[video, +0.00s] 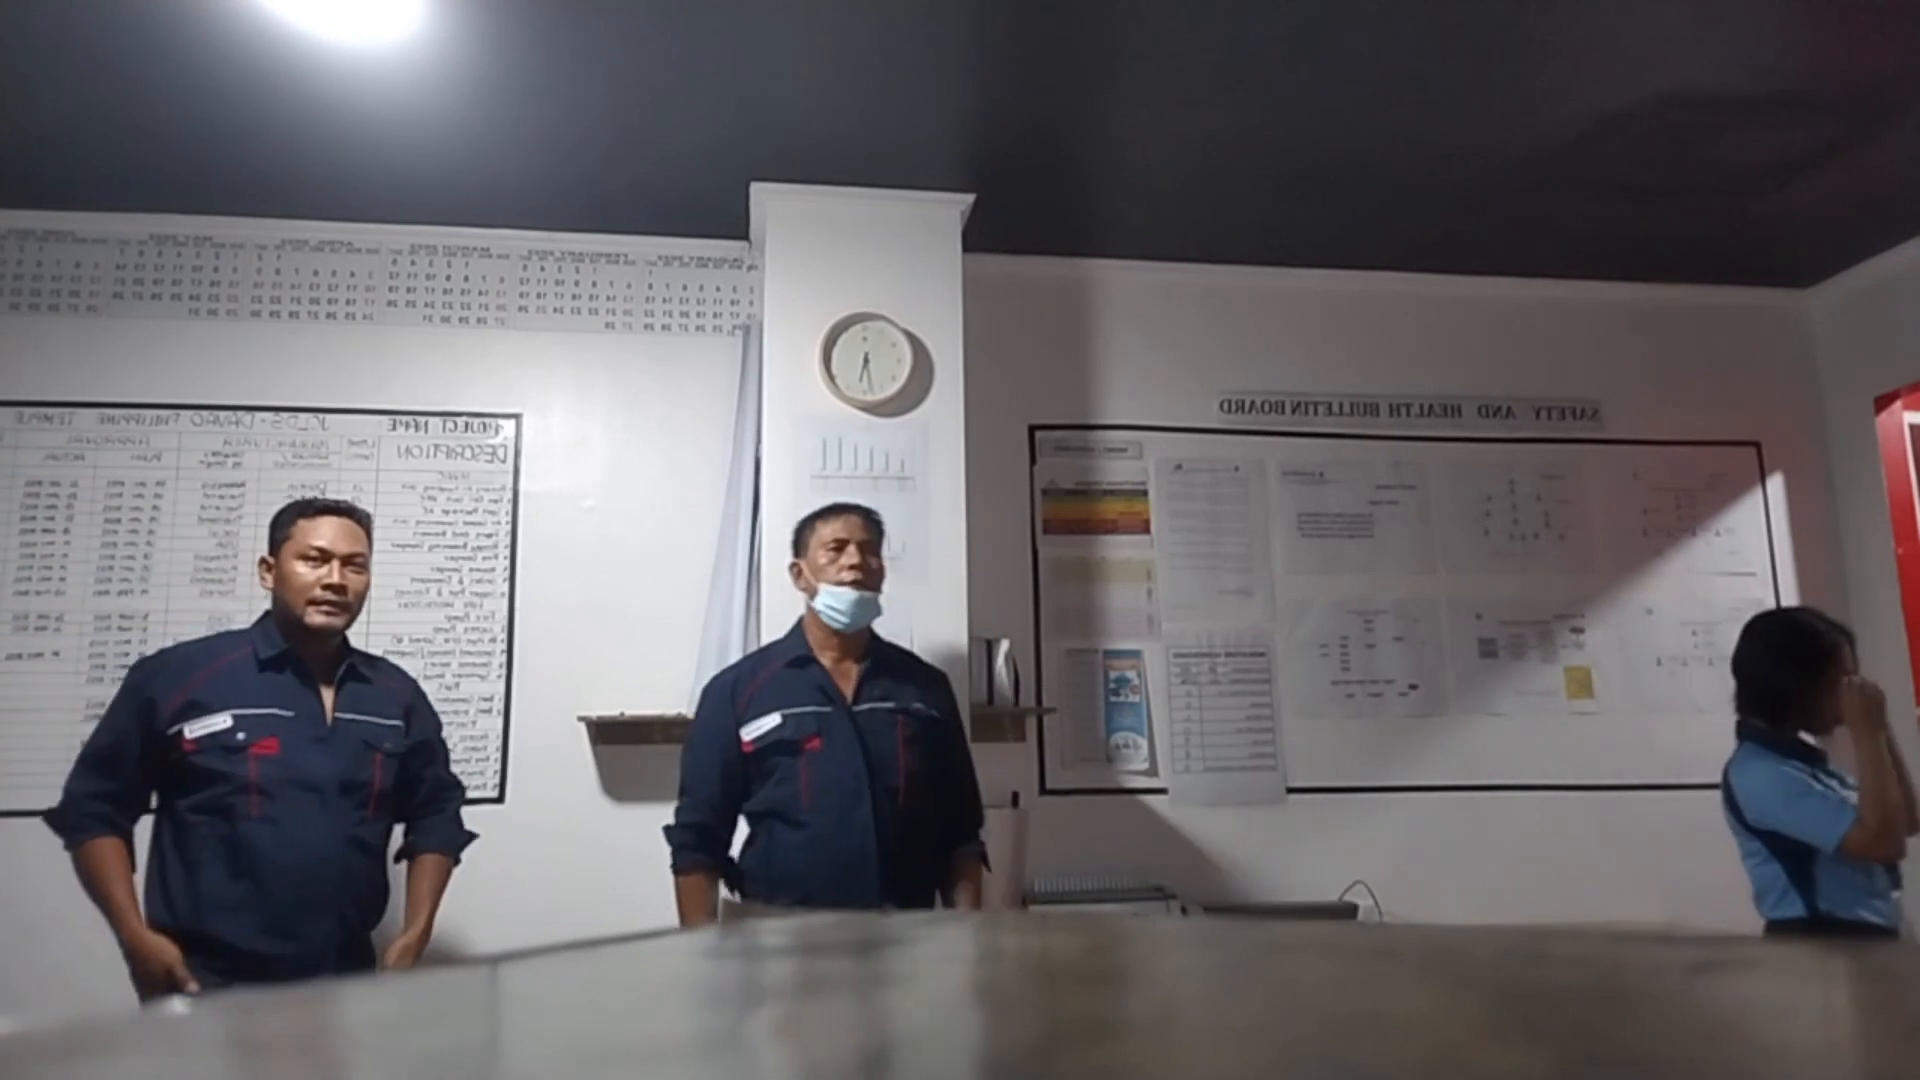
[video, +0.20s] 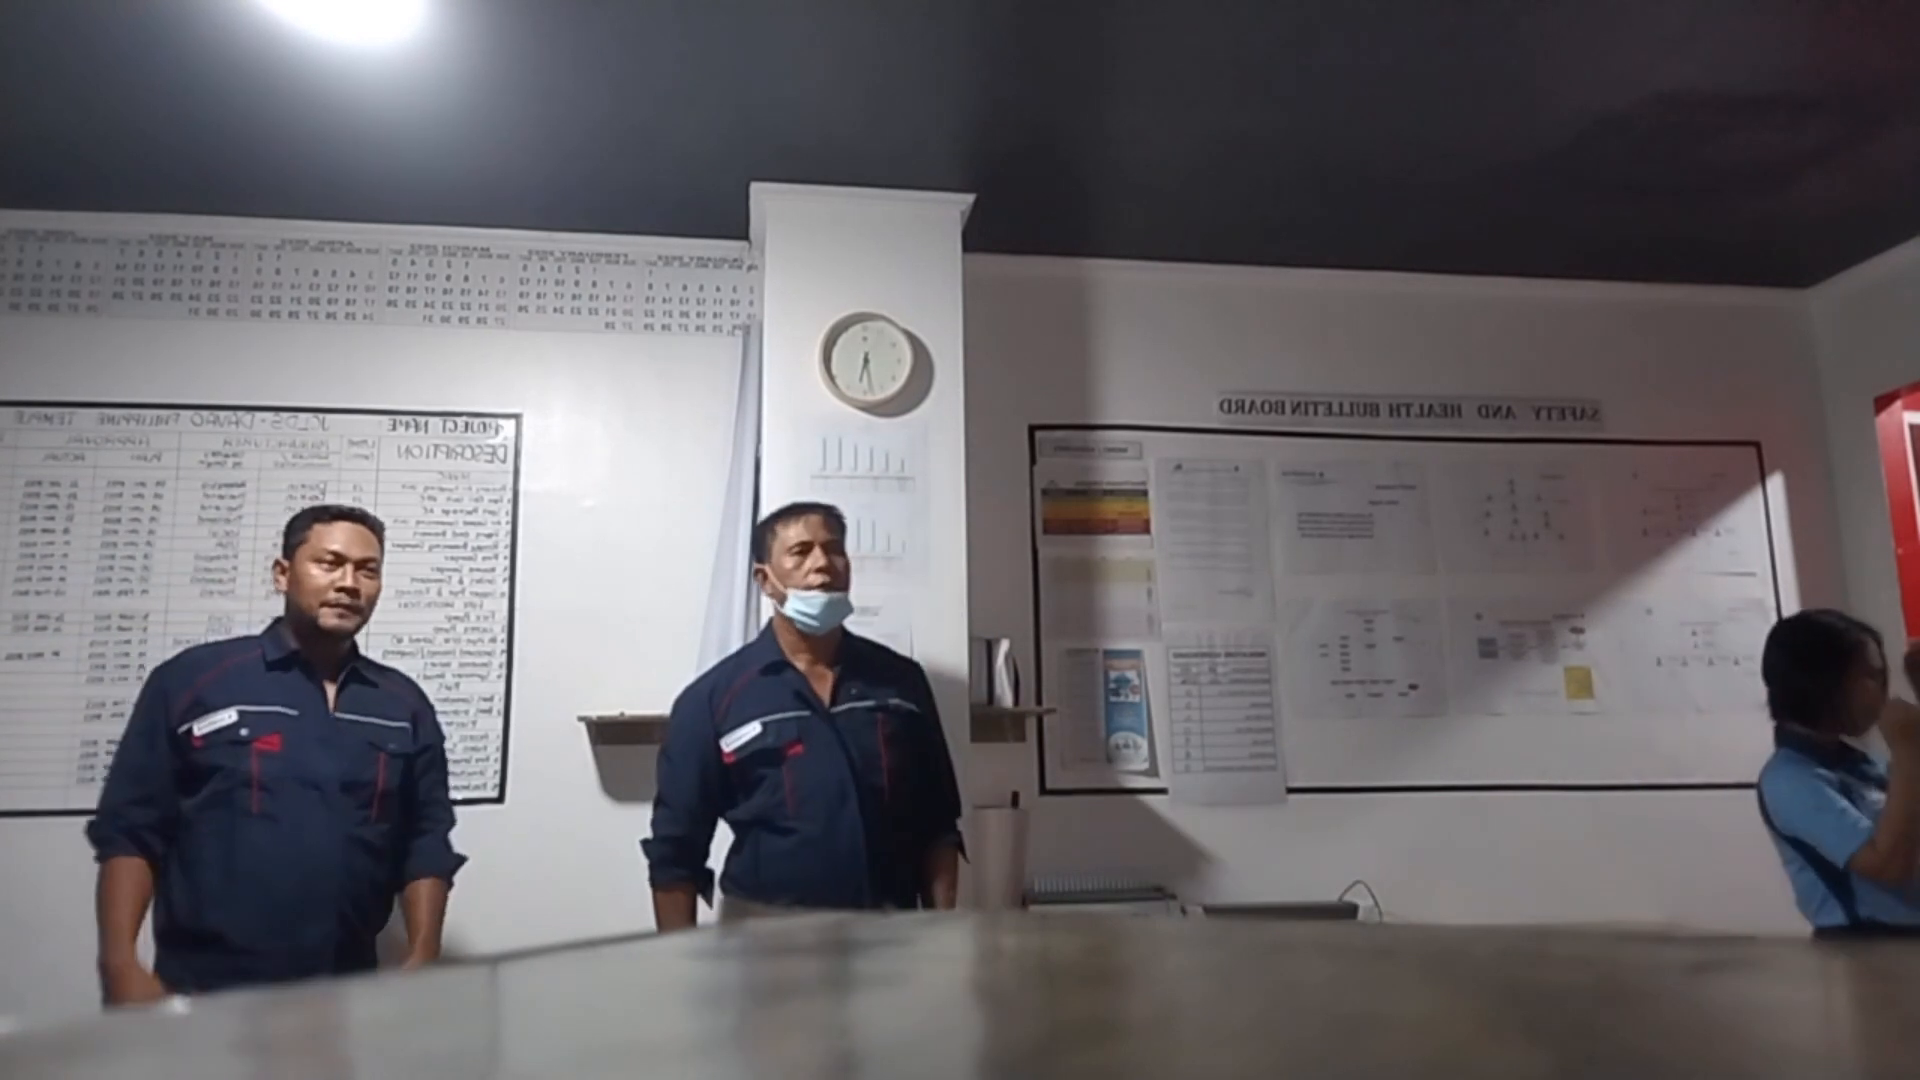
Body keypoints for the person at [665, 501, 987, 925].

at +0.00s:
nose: (856, 561)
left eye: (869, 550)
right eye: (835, 550)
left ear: (882, 572)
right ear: (801, 575)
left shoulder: (927, 688)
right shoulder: (736, 694)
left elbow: (961, 836)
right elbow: (696, 843)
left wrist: (967, 947)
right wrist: (704, 966)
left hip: (908, 943)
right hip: (782, 944)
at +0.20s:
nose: (823, 563)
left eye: (833, 549)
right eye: (800, 552)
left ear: (848, 565)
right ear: (766, 580)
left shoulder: (902, 681)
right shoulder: (709, 704)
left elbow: (939, 826)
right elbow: (673, 857)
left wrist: (941, 939)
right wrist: (681, 977)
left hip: (891, 939)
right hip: (769, 941)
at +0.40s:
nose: (805, 565)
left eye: (817, 551)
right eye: (783, 556)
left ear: (834, 567)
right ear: (752, 586)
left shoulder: (896, 678)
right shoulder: (705, 708)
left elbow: (942, 820)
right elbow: (672, 860)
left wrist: (946, 937)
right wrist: (683, 981)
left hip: (891, 941)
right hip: (769, 945)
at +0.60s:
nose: (815, 563)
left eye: (826, 549)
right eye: (792, 555)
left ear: (846, 567)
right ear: (763, 585)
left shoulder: (910, 680)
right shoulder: (720, 708)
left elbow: (961, 811)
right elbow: (688, 861)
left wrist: (960, 929)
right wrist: (704, 980)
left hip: (902, 943)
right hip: (779, 947)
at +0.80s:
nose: (852, 562)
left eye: (864, 549)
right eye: (831, 553)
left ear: (884, 570)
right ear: (802, 583)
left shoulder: (943, 686)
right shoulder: (749, 702)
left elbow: (998, 809)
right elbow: (714, 858)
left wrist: (957, 843)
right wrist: (733, 977)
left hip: (924, 944)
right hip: (801, 948)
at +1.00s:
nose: (908, 566)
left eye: (921, 555)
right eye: (888, 555)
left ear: (935, 577)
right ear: (854, 578)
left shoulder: (972, 689)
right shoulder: (786, 695)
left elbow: (1022, 824)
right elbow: (746, 850)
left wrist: (951, 737)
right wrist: (745, 970)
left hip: (951, 940)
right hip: (829, 944)